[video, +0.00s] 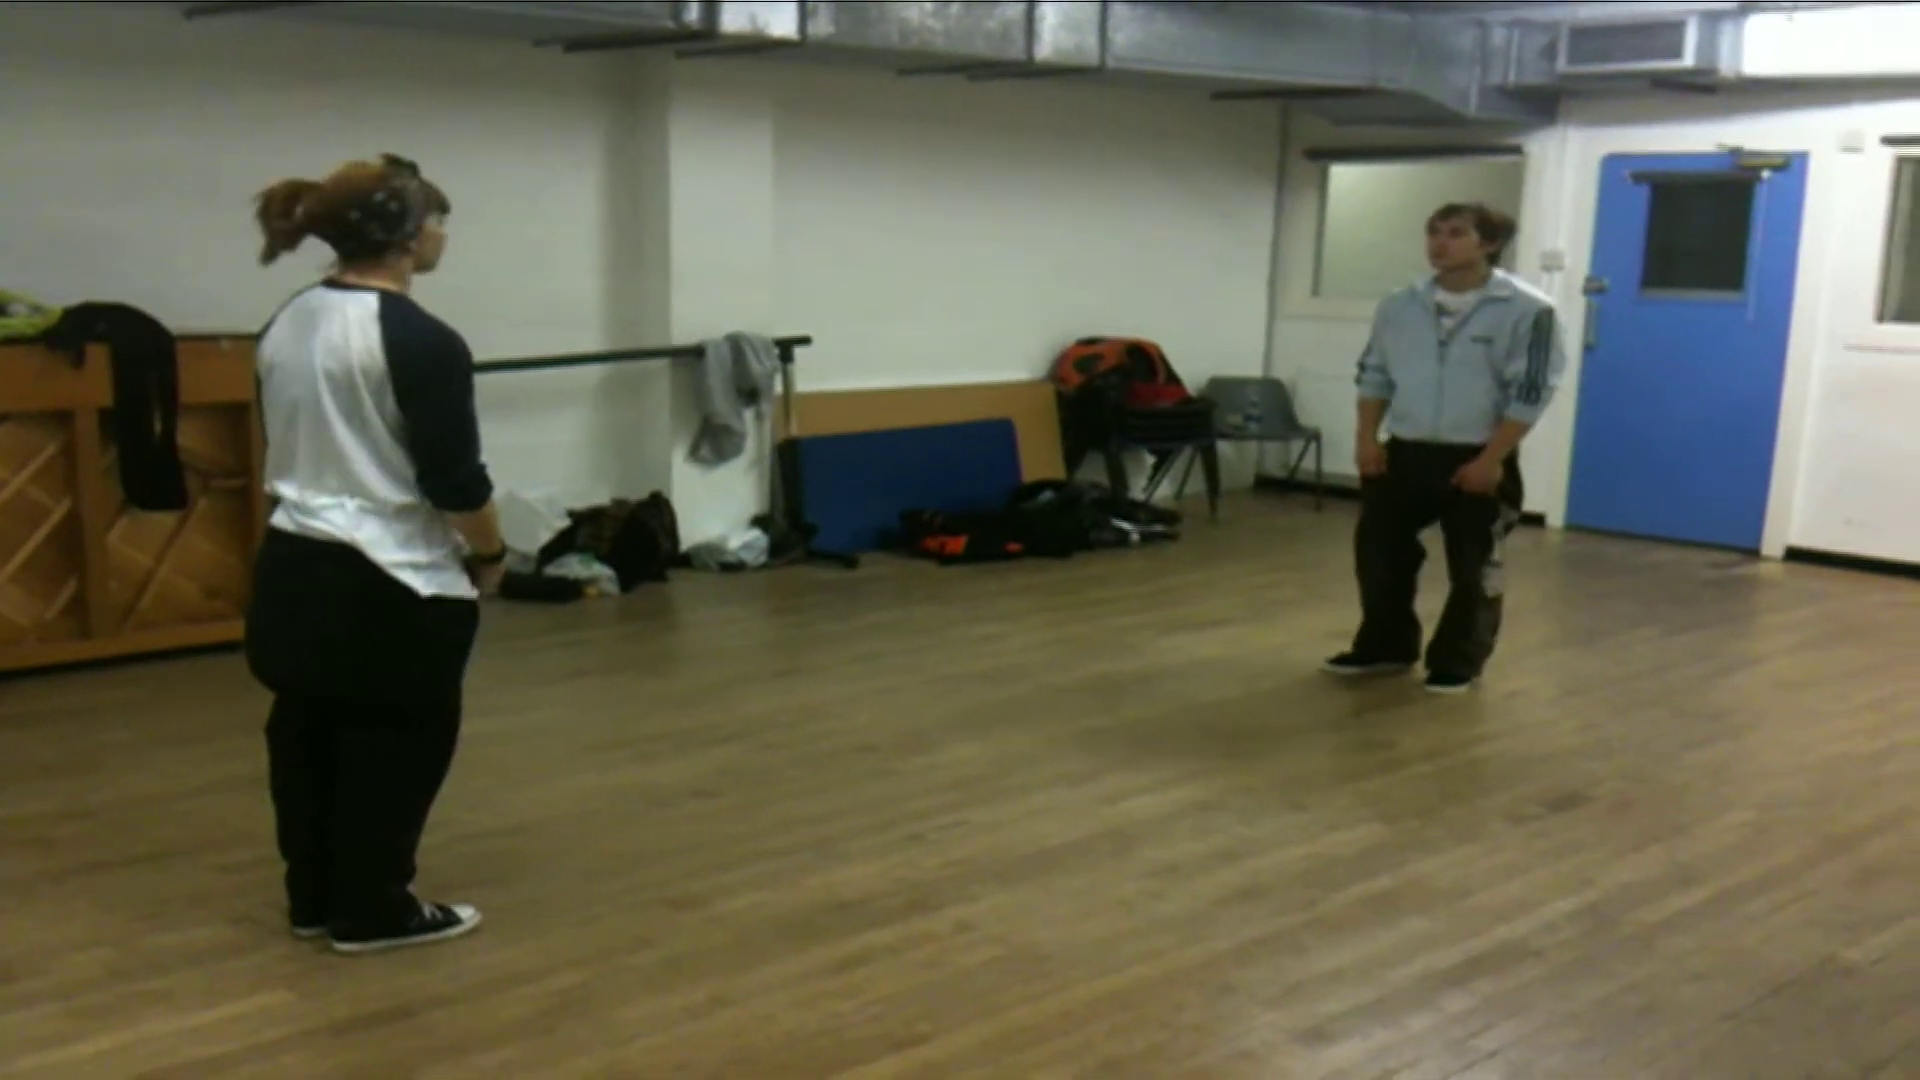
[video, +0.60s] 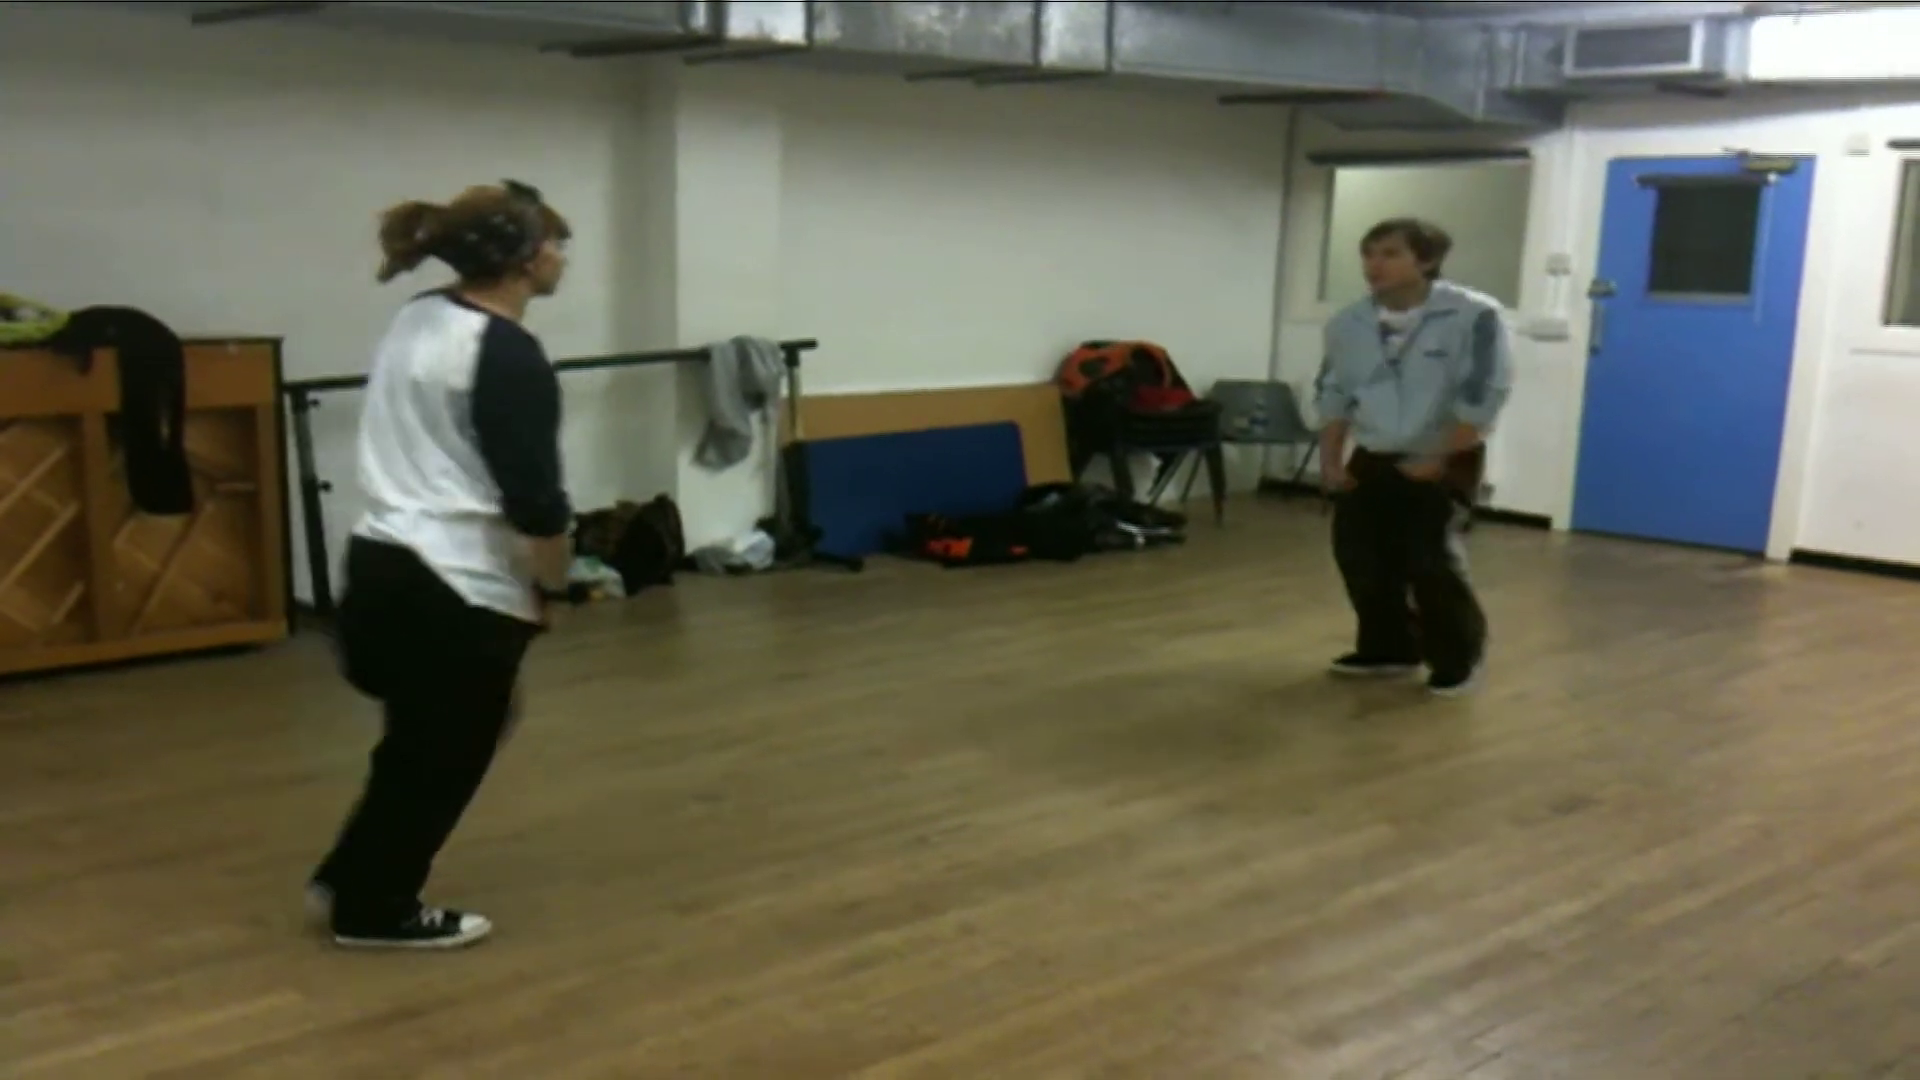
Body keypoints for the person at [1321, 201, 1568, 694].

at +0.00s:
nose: (1441, 242)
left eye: (1456, 234)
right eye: (1435, 233)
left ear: (1487, 244)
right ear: (1426, 243)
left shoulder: (1528, 312)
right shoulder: (1399, 307)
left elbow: (1529, 396)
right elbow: (1375, 377)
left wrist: (1492, 457)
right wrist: (1366, 437)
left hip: (1479, 461)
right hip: (1407, 457)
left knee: (1474, 570)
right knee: (1378, 546)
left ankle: (1456, 662)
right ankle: (1386, 643)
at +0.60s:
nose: (1375, 265)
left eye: (1389, 255)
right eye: (1369, 256)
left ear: (1423, 261)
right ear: (1363, 263)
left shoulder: (1474, 317)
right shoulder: (1349, 325)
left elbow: (1485, 399)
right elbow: (1334, 397)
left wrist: (1443, 458)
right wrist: (1331, 464)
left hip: (1440, 465)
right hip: (1372, 464)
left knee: (1427, 554)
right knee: (1358, 550)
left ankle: (1456, 654)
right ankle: (1386, 644)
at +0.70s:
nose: (1357, 281)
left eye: (1371, 271)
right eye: (1351, 272)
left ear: (1405, 277)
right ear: (1345, 278)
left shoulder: (1454, 314)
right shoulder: (1329, 342)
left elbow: (1468, 387)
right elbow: (1309, 415)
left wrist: (1409, 445)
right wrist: (1317, 471)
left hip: (1439, 453)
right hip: (1371, 454)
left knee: (1373, 537)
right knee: (1339, 546)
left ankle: (1423, 611)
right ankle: (1377, 643)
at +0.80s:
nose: (1329, 294)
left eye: (1343, 284)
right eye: (1324, 284)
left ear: (1376, 290)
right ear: (1317, 290)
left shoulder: (1419, 333)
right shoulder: (1301, 347)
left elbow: (1455, 398)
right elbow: (1284, 419)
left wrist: (1398, 459)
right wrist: (1302, 471)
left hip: (1428, 462)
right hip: (1357, 464)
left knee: (1366, 534)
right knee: (1320, 561)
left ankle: (1380, 636)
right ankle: (1385, 637)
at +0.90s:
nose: (1281, 318)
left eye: (1294, 308)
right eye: (1276, 309)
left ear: (1327, 313)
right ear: (1271, 314)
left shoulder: (1371, 358)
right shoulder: (1278, 360)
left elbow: (1448, 418)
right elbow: (1264, 421)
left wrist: (1410, 491)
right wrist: (1291, 472)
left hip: (1408, 484)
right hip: (1344, 479)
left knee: (1375, 576)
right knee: (1314, 576)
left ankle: (1332, 687)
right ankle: (1394, 641)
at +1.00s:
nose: (1239, 339)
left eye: (1252, 329)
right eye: (1235, 329)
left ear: (1288, 334)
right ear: (1232, 333)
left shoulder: (1341, 375)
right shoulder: (1253, 375)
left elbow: (1421, 436)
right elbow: (1249, 437)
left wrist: (1384, 505)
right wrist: (1267, 485)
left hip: (1382, 498)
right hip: (1317, 495)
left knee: (1350, 599)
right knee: (1294, 585)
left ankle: (1318, 711)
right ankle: (1390, 644)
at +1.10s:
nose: (1222, 337)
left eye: (1236, 325)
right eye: (1217, 326)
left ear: (1275, 328)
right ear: (1212, 328)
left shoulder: (1337, 369)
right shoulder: (1229, 371)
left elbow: (1391, 443)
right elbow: (1218, 430)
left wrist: (1337, 501)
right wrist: (1237, 486)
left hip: (1351, 496)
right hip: (1281, 492)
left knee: (1303, 591)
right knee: (1232, 575)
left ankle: (1308, 710)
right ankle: (1332, 618)